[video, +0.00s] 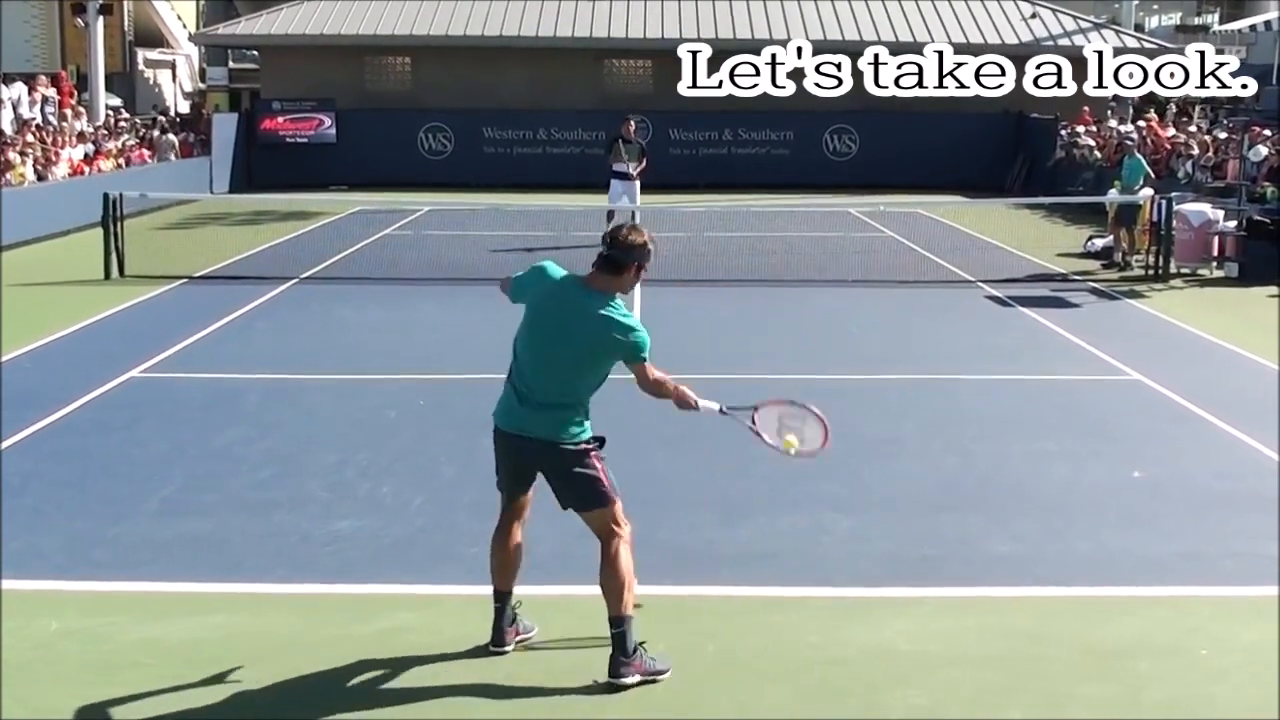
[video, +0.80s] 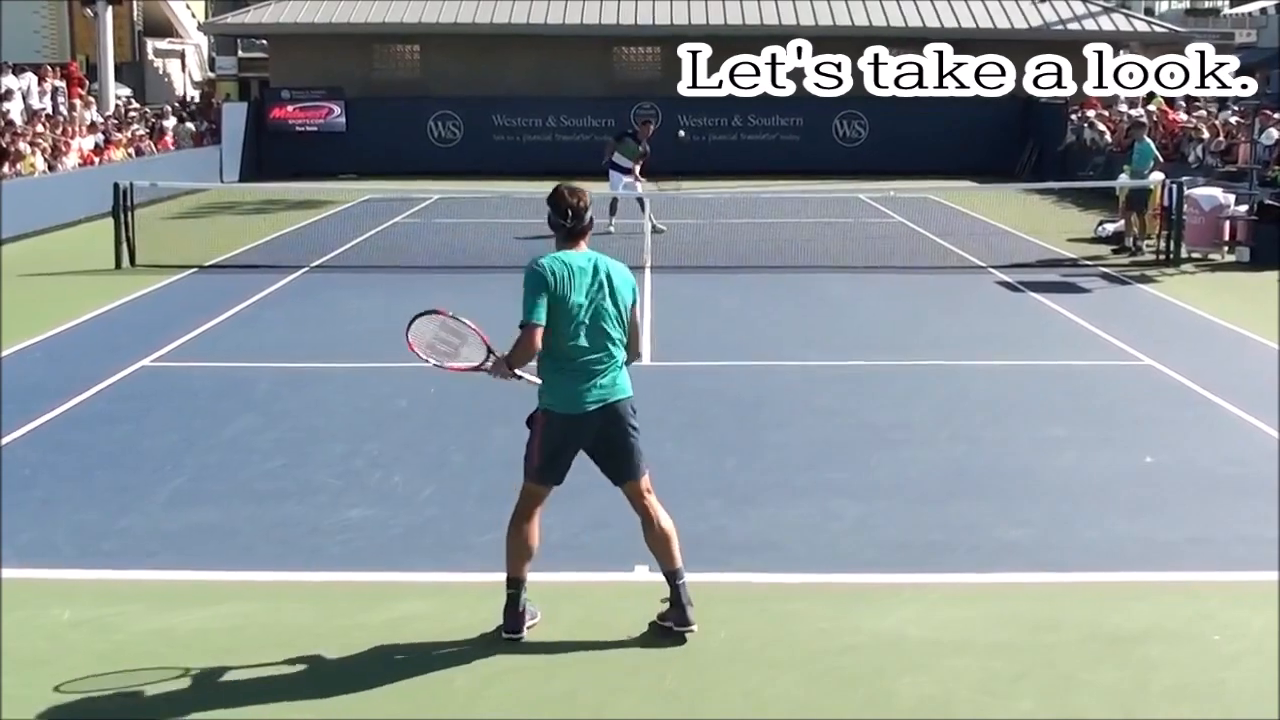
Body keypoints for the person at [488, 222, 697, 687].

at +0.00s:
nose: (642, 277)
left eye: (643, 270)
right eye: (643, 271)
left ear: (601, 256)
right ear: (632, 272)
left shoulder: (545, 276)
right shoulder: (623, 327)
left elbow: (507, 287)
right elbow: (647, 378)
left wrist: (560, 294)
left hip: (510, 429)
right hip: (565, 439)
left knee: (511, 514)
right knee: (615, 534)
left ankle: (502, 624)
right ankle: (625, 656)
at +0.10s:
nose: (626, 260)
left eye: (626, 253)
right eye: (628, 253)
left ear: (585, 237)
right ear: (622, 253)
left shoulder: (531, 267)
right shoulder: (613, 300)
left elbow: (477, 300)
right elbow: (629, 346)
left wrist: (523, 285)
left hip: (512, 418)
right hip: (568, 425)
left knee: (508, 511)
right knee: (606, 526)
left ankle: (503, 623)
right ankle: (626, 640)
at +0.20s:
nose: (611, 240)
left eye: (605, 231)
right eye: (612, 234)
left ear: (570, 224)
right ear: (608, 235)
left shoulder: (524, 262)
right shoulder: (611, 283)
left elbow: (473, 318)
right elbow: (575, 304)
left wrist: (490, 275)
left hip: (514, 408)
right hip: (571, 412)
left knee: (510, 510)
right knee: (601, 517)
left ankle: (504, 621)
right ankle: (623, 624)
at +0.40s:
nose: (577, 215)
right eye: (579, 209)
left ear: (540, 213)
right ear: (579, 214)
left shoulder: (530, 260)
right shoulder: (592, 255)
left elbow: (520, 333)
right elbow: (530, 254)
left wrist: (470, 301)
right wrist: (474, 246)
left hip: (525, 405)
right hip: (578, 402)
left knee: (513, 507)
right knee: (604, 504)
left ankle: (507, 614)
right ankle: (626, 604)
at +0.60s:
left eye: (540, 201)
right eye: (571, 202)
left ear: (534, 207)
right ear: (574, 208)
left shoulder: (535, 256)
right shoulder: (594, 254)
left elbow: (544, 331)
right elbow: (556, 311)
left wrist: (485, 325)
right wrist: (490, 312)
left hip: (542, 400)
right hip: (594, 392)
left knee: (524, 504)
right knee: (623, 491)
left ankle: (513, 611)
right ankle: (663, 588)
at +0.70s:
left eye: (546, 202)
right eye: (575, 202)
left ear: (540, 207)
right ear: (581, 209)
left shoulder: (538, 255)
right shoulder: (605, 258)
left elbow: (543, 331)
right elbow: (591, 329)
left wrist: (489, 342)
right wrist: (523, 350)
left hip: (551, 400)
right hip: (605, 392)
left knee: (529, 503)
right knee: (633, 491)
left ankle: (514, 612)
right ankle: (673, 594)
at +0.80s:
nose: (561, 227)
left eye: (551, 222)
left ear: (552, 226)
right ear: (591, 224)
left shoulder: (542, 270)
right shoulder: (620, 275)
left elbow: (532, 343)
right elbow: (632, 350)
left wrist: (507, 363)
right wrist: (575, 359)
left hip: (560, 412)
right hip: (614, 409)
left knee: (529, 504)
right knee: (646, 500)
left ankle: (514, 611)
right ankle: (682, 604)